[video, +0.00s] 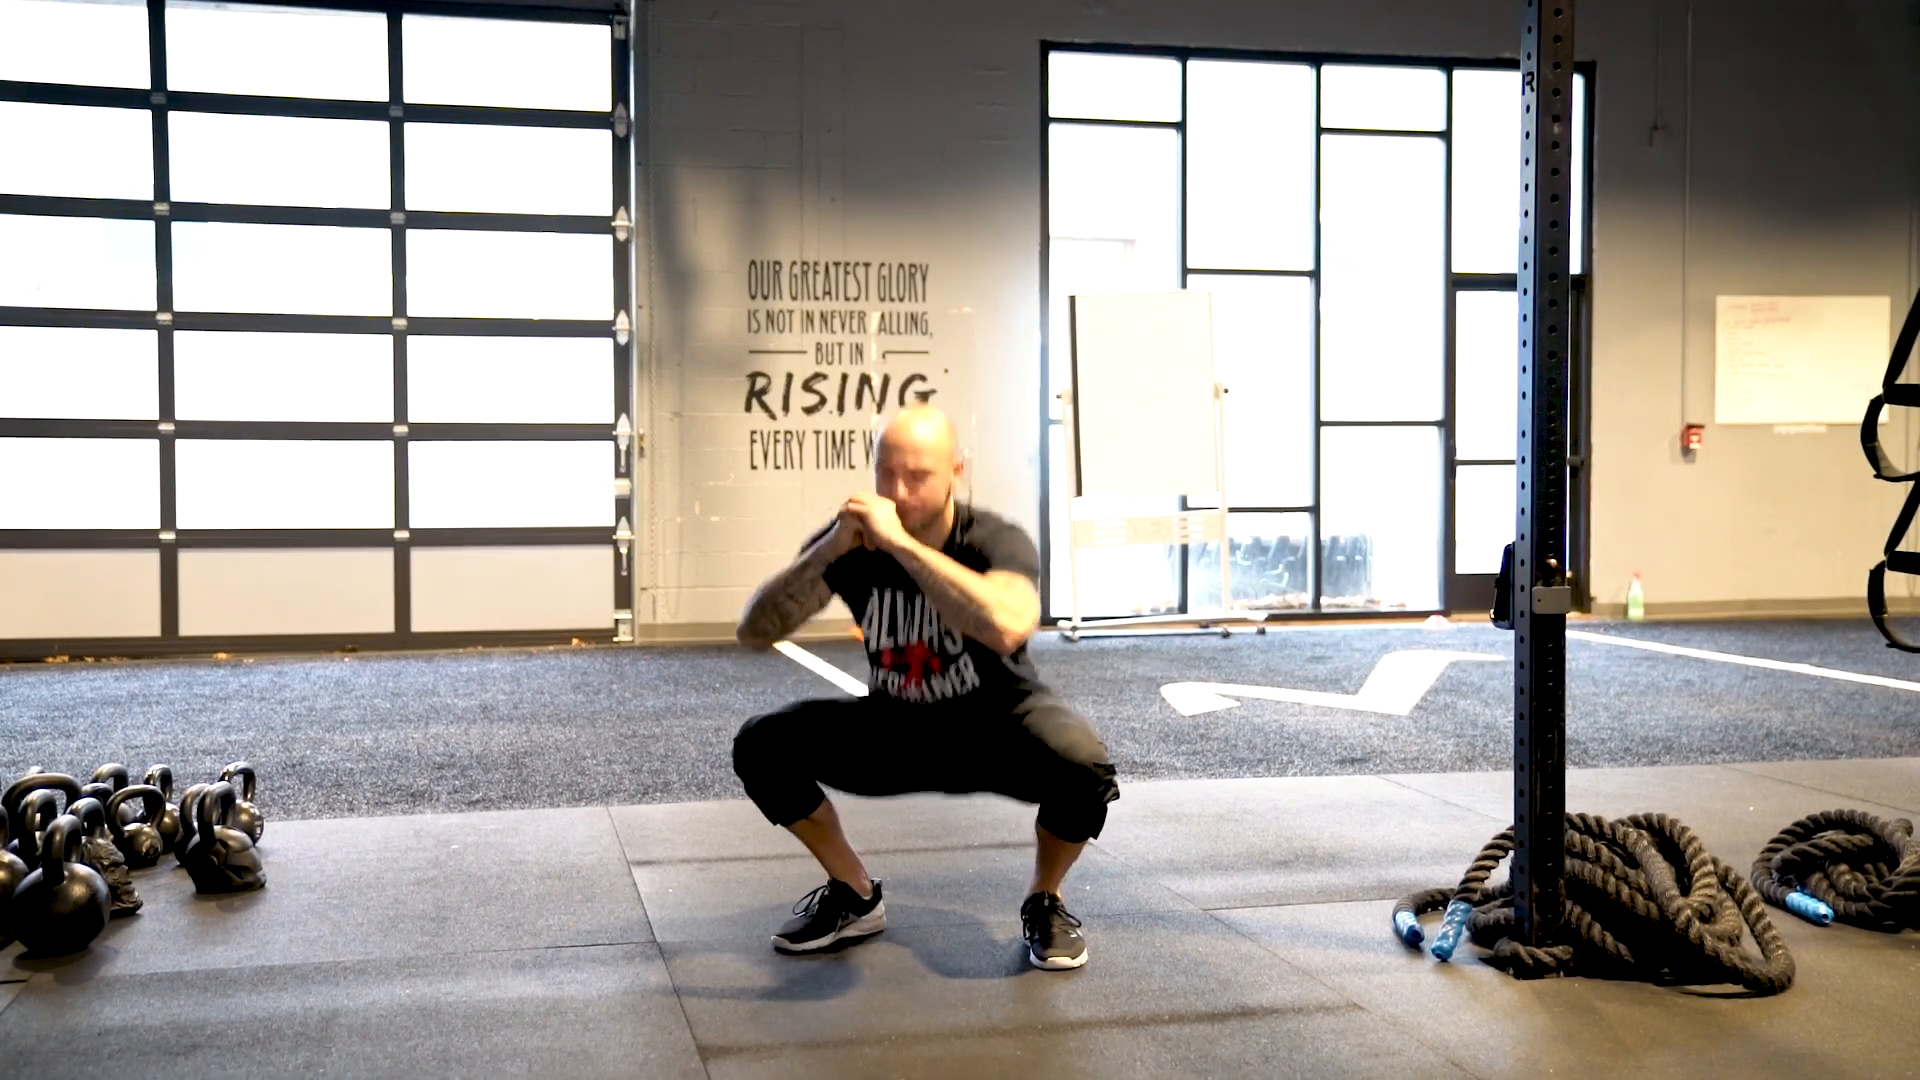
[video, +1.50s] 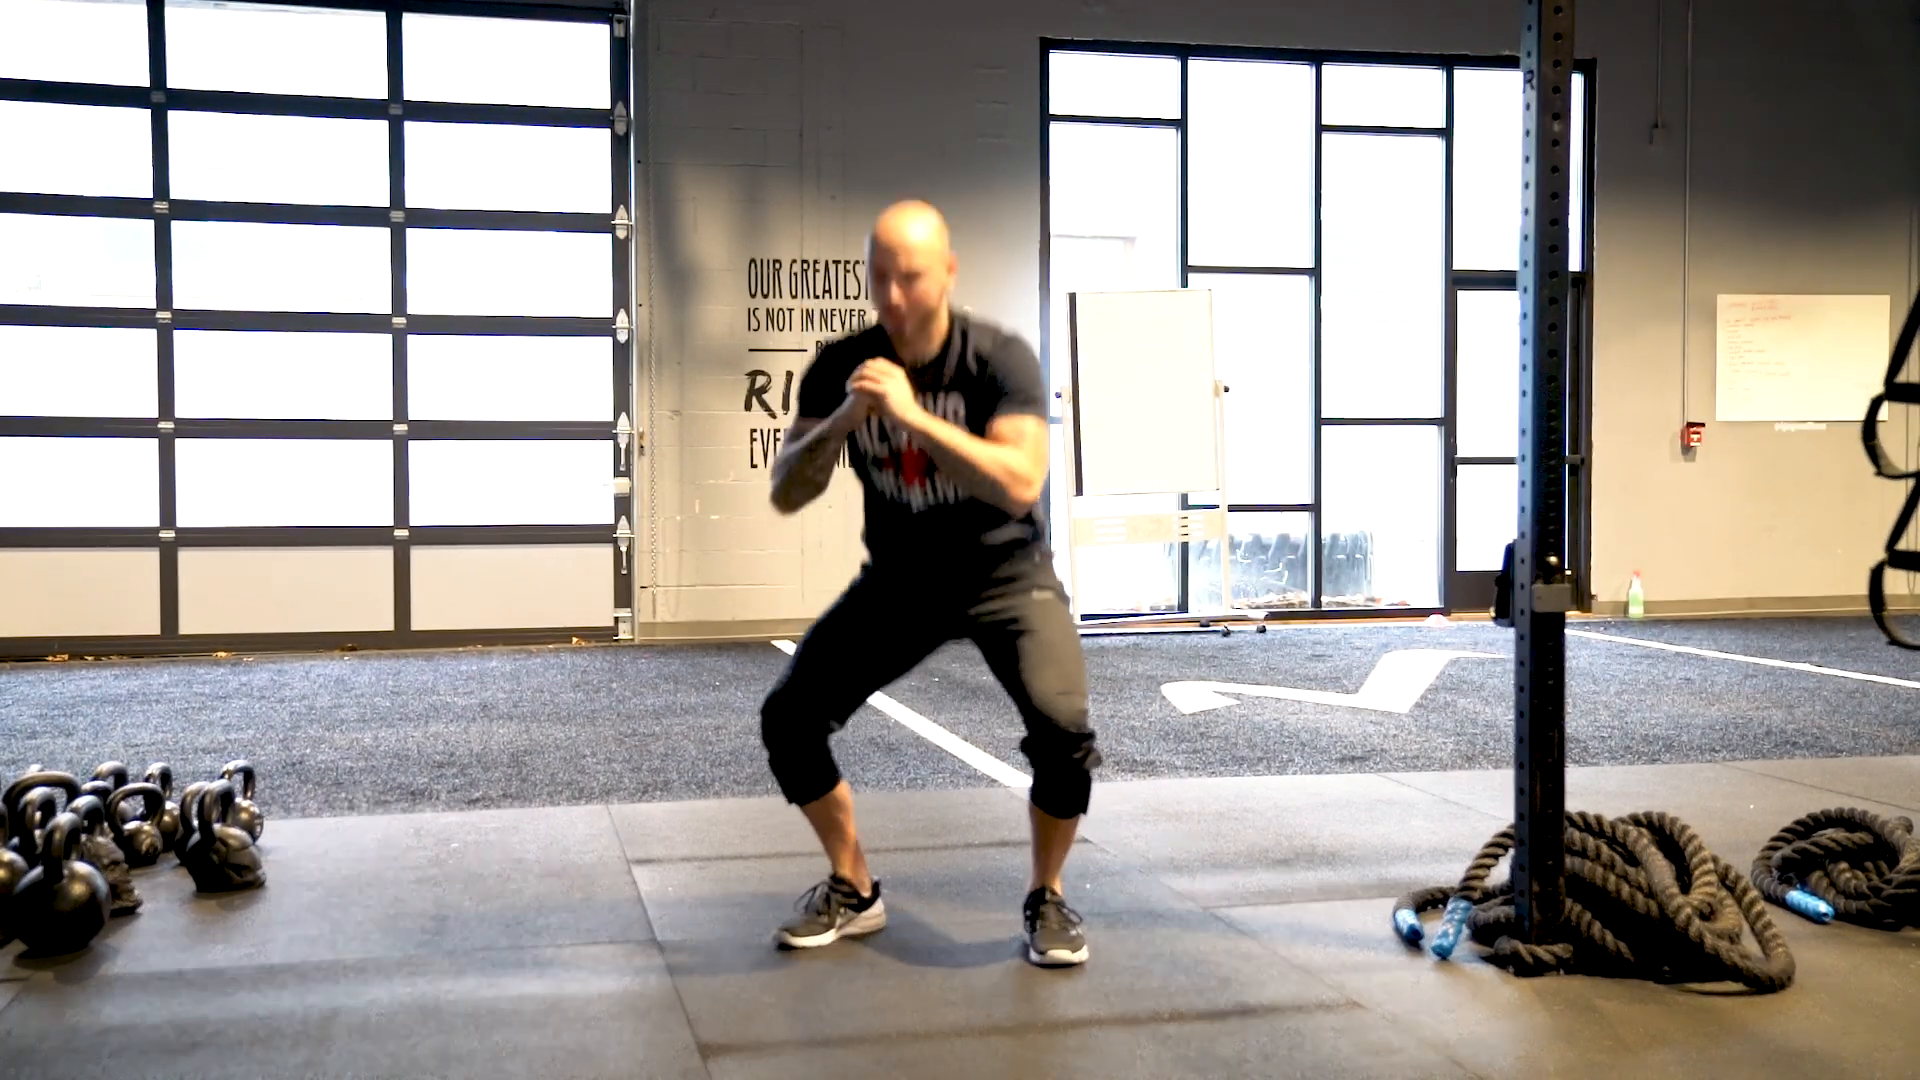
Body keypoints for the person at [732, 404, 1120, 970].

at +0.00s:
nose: (897, 493)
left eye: (916, 477)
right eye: (886, 475)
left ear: (956, 473)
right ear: (873, 472)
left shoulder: (997, 540)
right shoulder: (851, 541)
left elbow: (1007, 627)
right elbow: (755, 632)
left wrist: (898, 544)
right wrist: (828, 550)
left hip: (992, 727)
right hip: (894, 727)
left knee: (1081, 763)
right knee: (763, 747)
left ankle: (1045, 903)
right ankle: (854, 890)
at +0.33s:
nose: (895, 256)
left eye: (913, 238)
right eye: (883, 238)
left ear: (951, 236)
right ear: (867, 236)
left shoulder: (1010, 331)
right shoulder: (838, 333)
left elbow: (1048, 463)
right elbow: (805, 470)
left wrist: (940, 457)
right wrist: (854, 453)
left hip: (1008, 554)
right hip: (896, 553)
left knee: (1059, 727)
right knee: (799, 716)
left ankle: (1047, 898)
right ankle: (854, 889)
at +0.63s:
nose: (894, 380)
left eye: (912, 360)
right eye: (883, 360)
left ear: (950, 359)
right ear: (868, 360)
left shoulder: (1002, 445)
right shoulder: (839, 446)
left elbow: (1012, 566)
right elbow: (782, 566)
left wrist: (913, 480)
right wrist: (842, 485)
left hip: (1004, 638)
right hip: (899, 642)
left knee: (1075, 758)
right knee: (769, 742)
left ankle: (1046, 901)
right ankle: (853, 891)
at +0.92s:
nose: (902, 512)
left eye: (921, 496)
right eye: (891, 494)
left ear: (960, 495)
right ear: (878, 490)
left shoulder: (1004, 568)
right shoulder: (844, 567)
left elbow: (1001, 673)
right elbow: (782, 678)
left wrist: (907, 577)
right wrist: (850, 580)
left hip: (988, 746)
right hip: (892, 746)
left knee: (1082, 752)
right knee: (764, 745)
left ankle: (1046, 900)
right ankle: (854, 889)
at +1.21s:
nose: (896, 302)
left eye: (914, 284)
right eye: (885, 283)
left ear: (952, 283)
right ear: (870, 282)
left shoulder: (1007, 376)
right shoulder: (839, 378)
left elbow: (1036, 508)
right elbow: (803, 515)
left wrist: (927, 470)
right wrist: (850, 473)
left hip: (1006, 579)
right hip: (897, 581)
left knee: (1067, 732)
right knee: (788, 723)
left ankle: (1047, 898)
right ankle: (854, 889)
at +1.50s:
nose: (892, 298)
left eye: (910, 278)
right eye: (880, 278)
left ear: (949, 276)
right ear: (866, 278)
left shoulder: (1001, 358)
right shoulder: (838, 367)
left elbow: (1022, 483)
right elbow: (786, 495)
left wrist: (913, 415)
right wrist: (842, 421)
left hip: (1006, 575)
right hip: (901, 579)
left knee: (1064, 726)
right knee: (789, 720)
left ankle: (1046, 897)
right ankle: (852, 888)